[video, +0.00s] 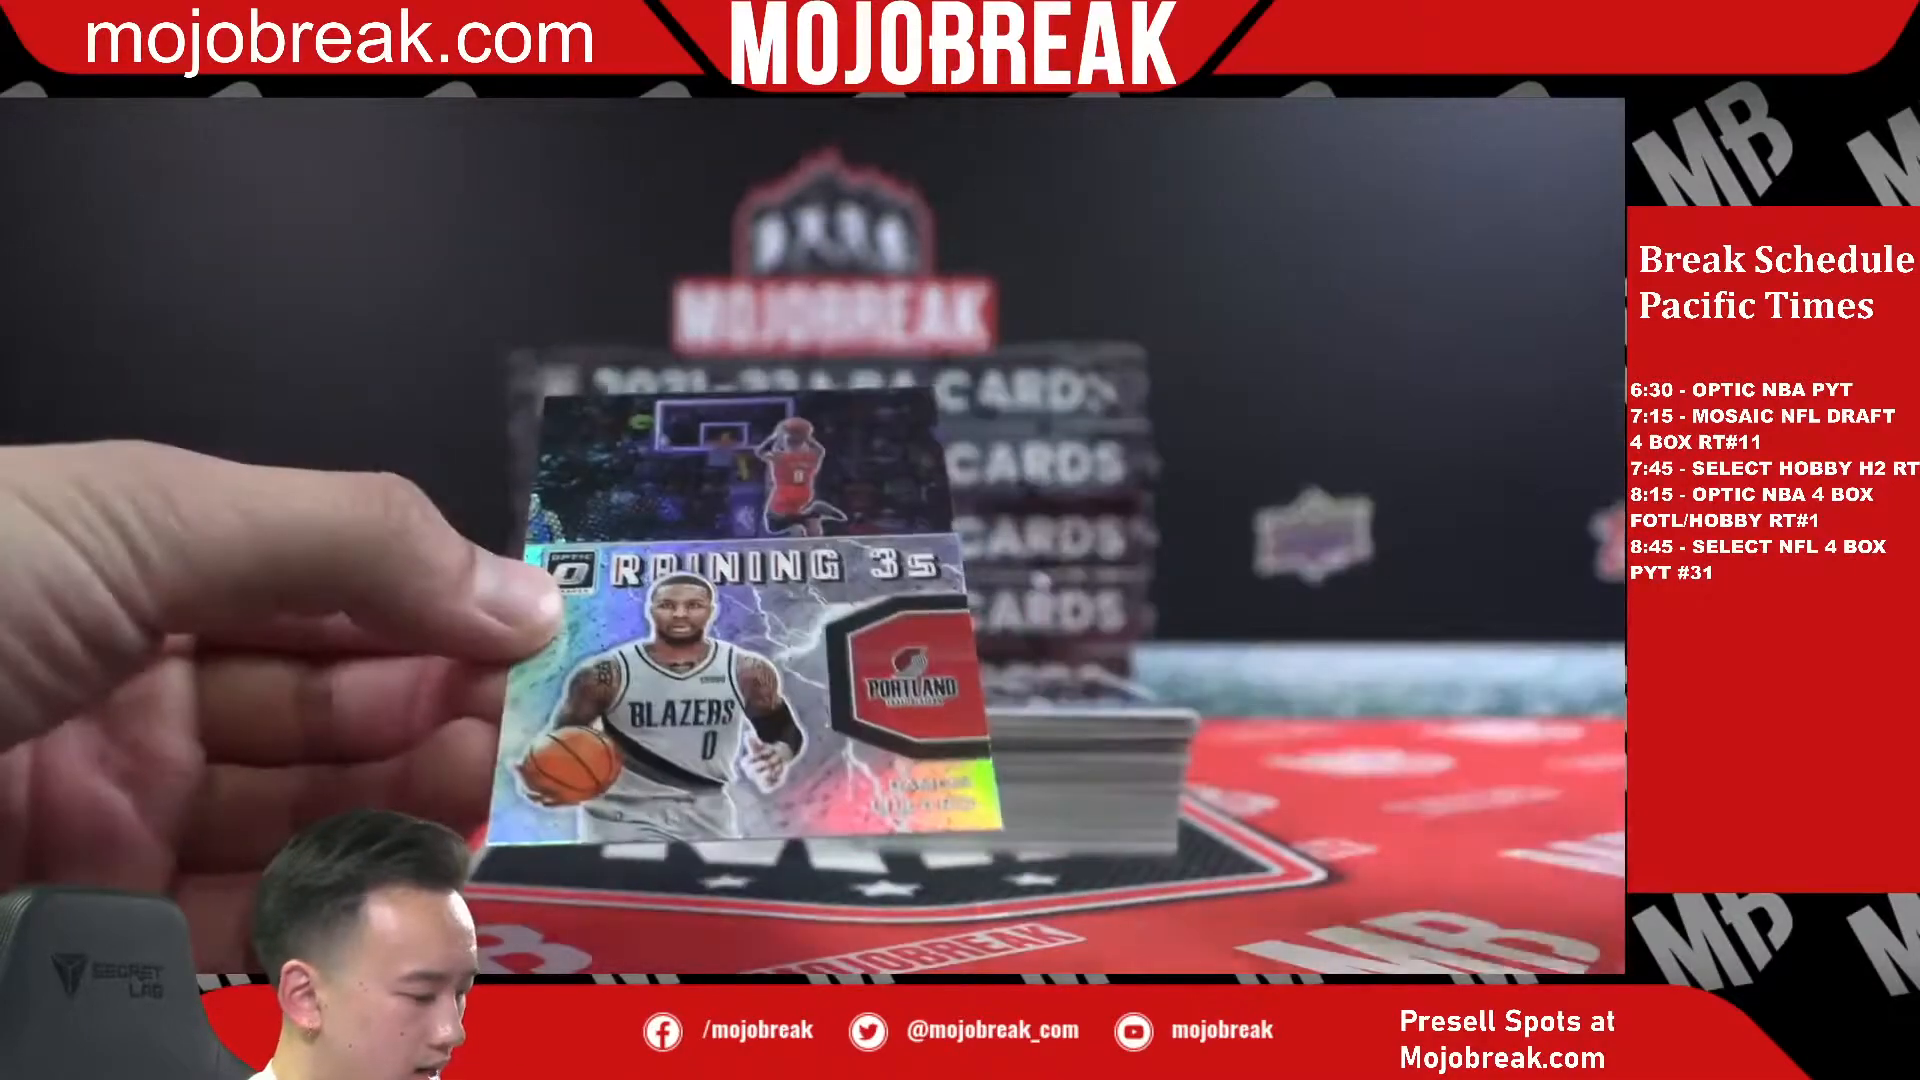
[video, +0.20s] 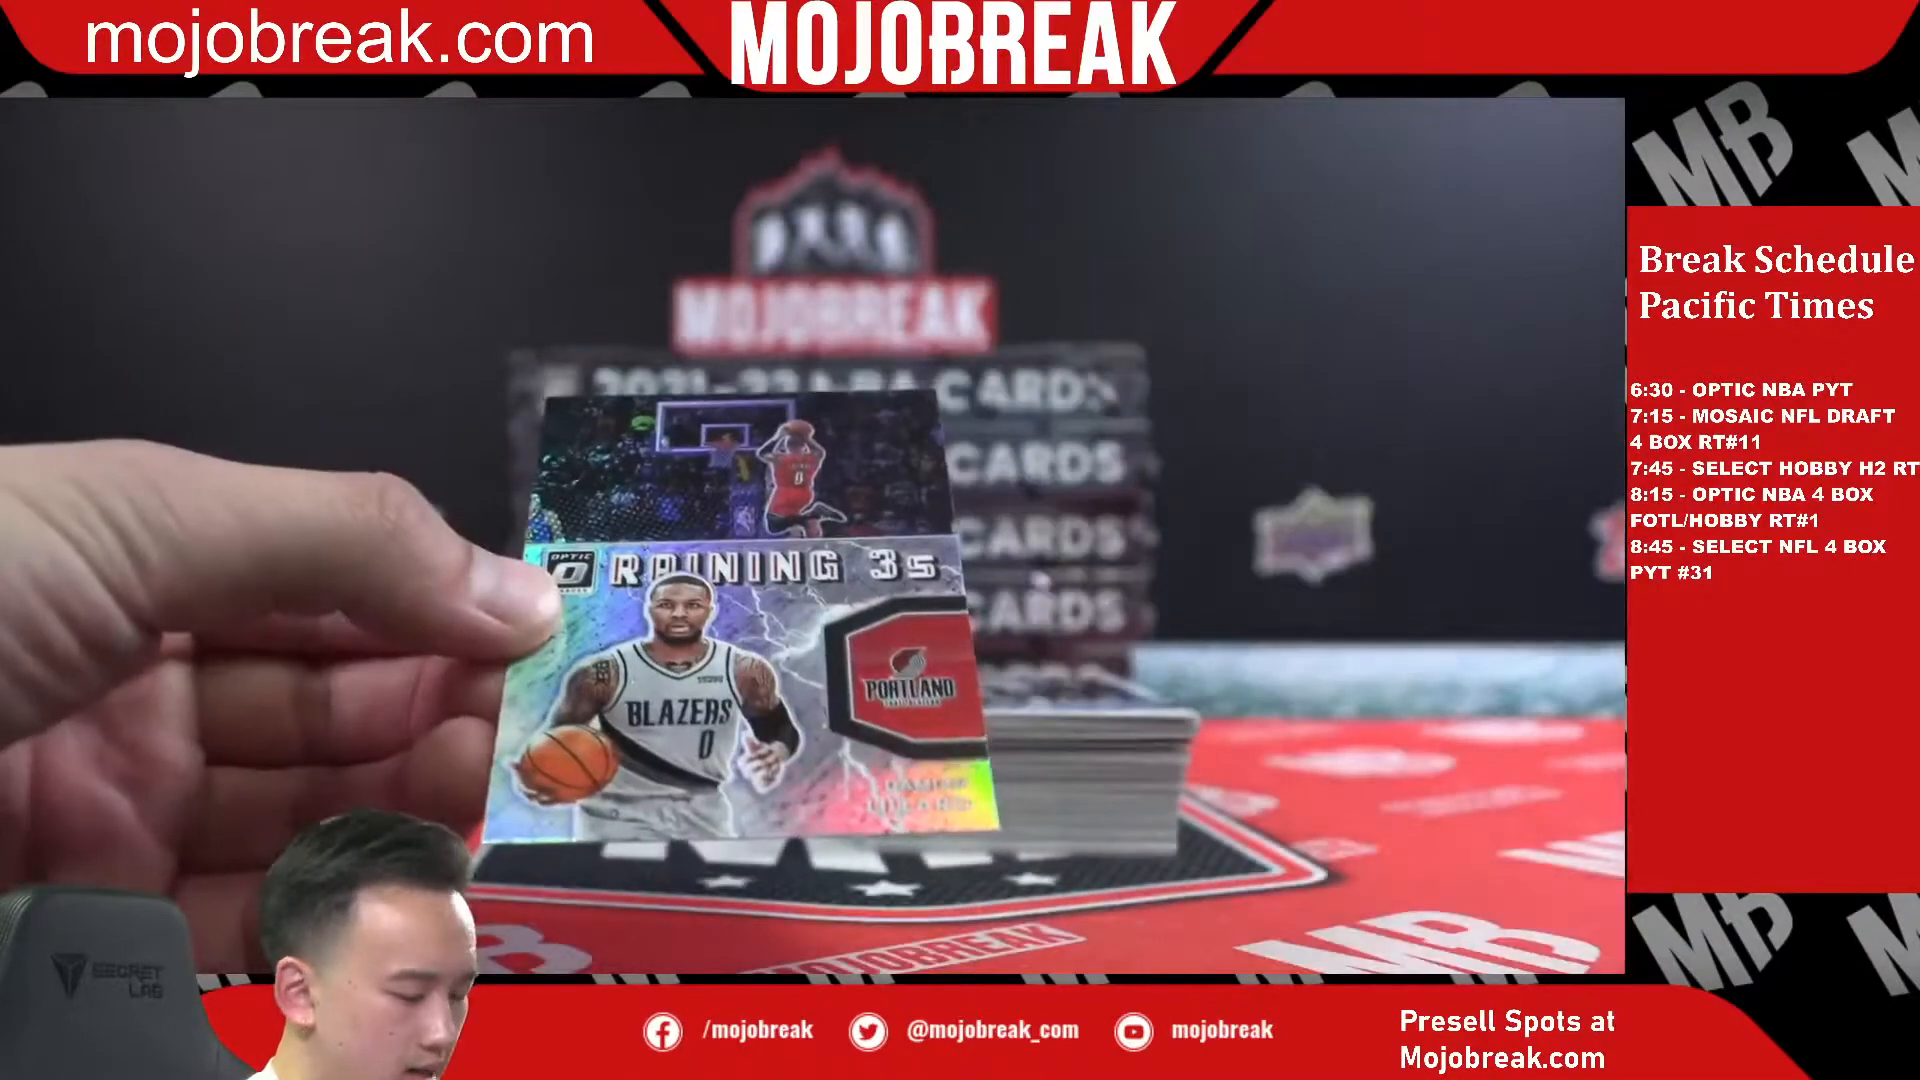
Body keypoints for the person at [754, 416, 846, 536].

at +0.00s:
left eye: (786, 437)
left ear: (786, 440)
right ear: (806, 440)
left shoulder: (777, 457)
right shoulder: (814, 457)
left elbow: (759, 452)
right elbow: (821, 450)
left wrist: (774, 436)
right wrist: (808, 437)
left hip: (782, 499)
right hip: (805, 500)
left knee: (772, 527)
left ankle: (795, 530)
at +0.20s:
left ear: (786, 447)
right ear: (804, 447)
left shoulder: (778, 459)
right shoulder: (813, 459)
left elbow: (760, 454)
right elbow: (821, 452)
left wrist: (776, 437)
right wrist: (808, 439)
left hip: (783, 494)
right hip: (805, 494)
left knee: (772, 528)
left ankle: (792, 531)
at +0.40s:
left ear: (786, 443)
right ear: (804, 444)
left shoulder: (778, 455)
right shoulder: (813, 456)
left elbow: (760, 450)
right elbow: (821, 448)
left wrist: (776, 434)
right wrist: (808, 434)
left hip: (783, 491)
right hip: (805, 491)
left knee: (772, 526)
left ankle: (792, 530)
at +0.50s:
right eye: (804, 442)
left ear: (785, 442)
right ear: (803, 443)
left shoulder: (777, 454)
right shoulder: (811, 455)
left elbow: (759, 449)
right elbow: (820, 447)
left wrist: (775, 432)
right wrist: (806, 433)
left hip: (782, 490)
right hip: (804, 491)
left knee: (771, 526)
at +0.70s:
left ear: (793, 420)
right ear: (810, 422)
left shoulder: (783, 436)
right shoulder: (819, 438)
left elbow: (765, 431)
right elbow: (827, 428)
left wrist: (780, 413)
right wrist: (814, 414)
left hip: (788, 477)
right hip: (810, 478)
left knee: (777, 518)